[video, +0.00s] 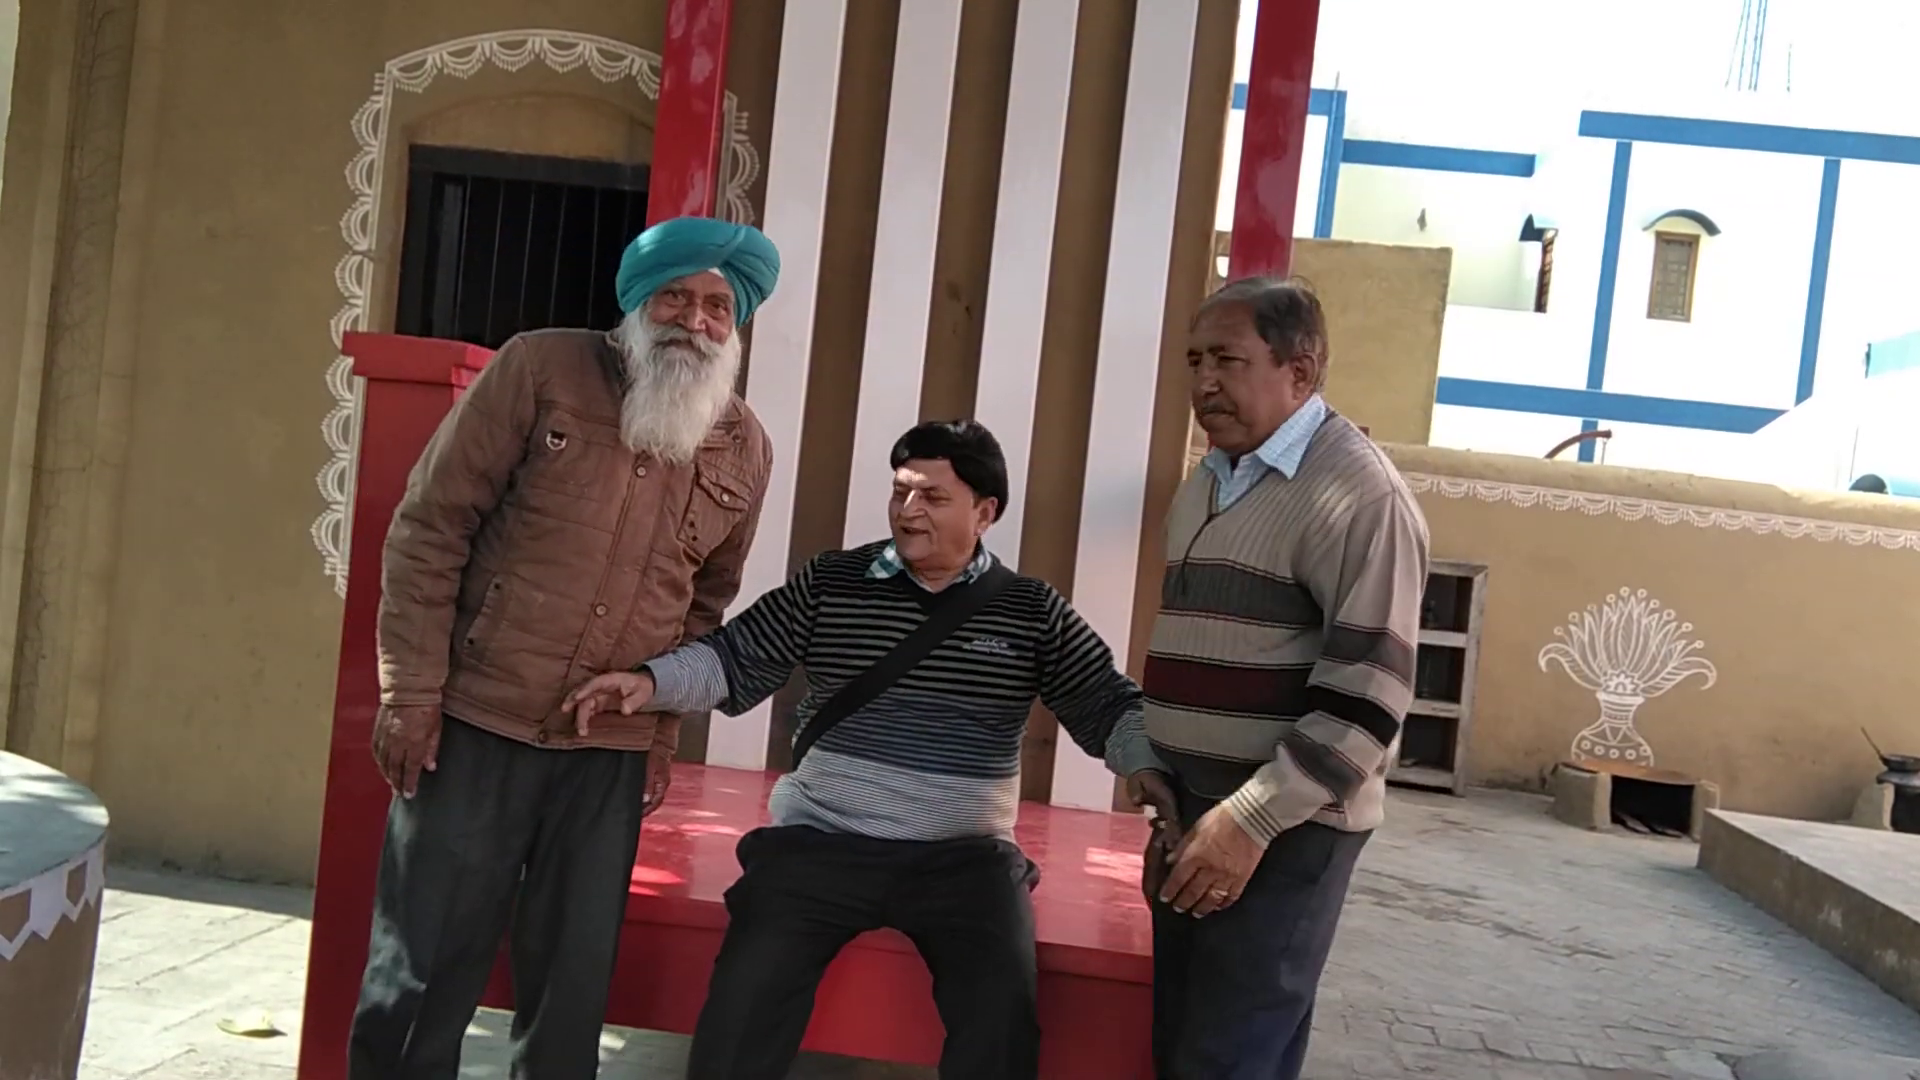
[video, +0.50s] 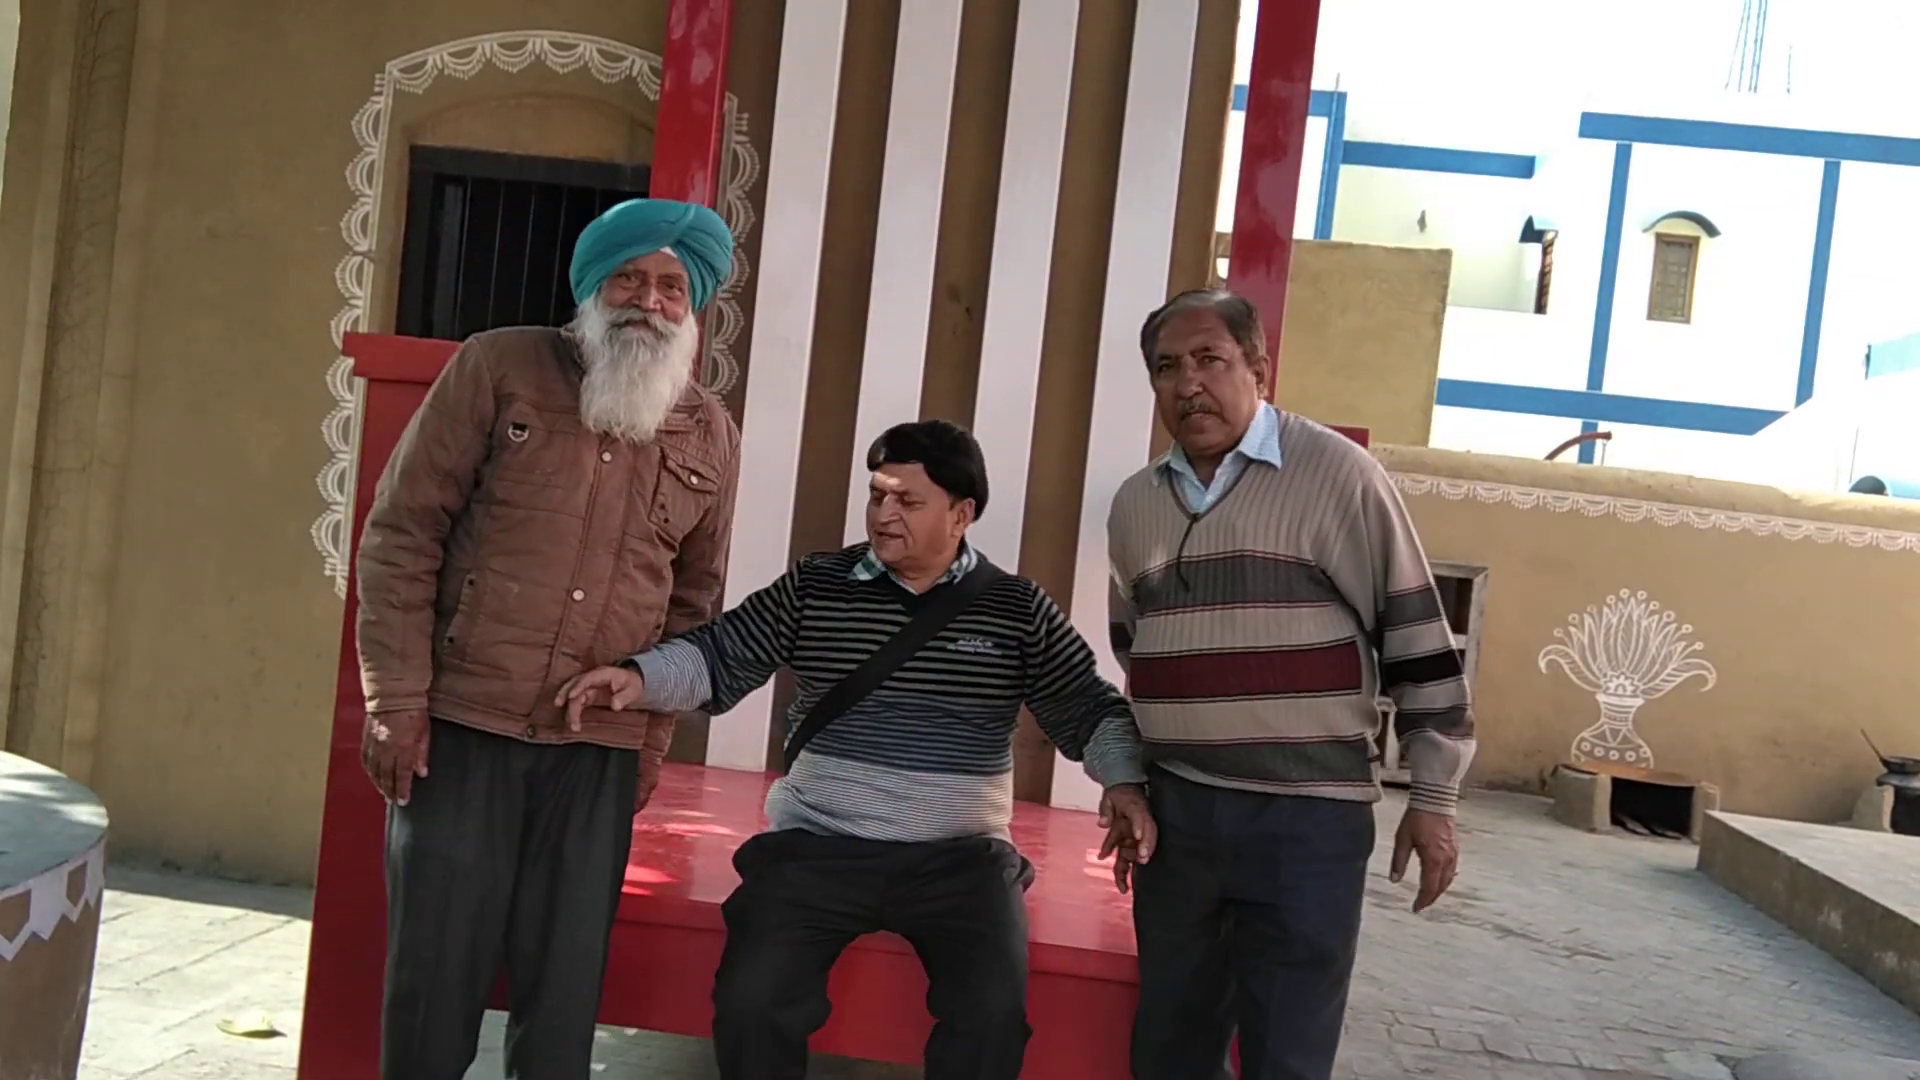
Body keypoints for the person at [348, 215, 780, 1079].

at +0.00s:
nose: (696, 318)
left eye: (720, 304)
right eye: (677, 296)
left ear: (739, 328)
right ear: (635, 303)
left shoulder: (743, 444)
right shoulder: (539, 370)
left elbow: (709, 600)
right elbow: (432, 525)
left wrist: (668, 729)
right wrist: (411, 686)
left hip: (612, 760)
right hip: (476, 737)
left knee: (568, 1016)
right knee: (415, 995)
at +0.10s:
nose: (691, 316)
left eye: (715, 302)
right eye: (674, 293)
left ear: (736, 326)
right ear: (633, 300)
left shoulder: (739, 443)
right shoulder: (537, 368)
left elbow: (706, 598)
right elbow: (431, 525)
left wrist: (661, 727)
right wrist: (413, 690)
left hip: (611, 755)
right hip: (475, 734)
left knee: (569, 1012)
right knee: (424, 994)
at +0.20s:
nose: (681, 313)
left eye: (704, 300)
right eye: (664, 290)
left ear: (725, 322)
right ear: (622, 297)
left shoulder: (731, 446)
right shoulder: (527, 369)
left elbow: (703, 599)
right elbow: (423, 527)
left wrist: (664, 732)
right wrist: (413, 697)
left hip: (610, 757)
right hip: (477, 738)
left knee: (570, 1012)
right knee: (433, 993)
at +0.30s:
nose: (670, 306)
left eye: (692, 294)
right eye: (653, 284)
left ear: (713, 316)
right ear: (611, 291)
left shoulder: (720, 441)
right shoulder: (514, 368)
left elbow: (700, 600)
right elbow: (414, 530)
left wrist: (661, 736)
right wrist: (407, 700)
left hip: (608, 761)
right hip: (473, 743)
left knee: (568, 1020)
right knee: (439, 1006)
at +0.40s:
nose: (660, 302)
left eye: (681, 289)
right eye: (642, 279)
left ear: (703, 310)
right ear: (602, 286)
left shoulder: (713, 433)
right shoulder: (505, 367)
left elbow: (699, 595)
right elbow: (407, 530)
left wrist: (659, 732)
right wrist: (402, 699)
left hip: (604, 757)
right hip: (468, 741)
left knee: (563, 1015)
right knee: (436, 1001)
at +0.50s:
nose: (653, 301)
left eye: (675, 286)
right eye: (635, 278)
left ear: (698, 308)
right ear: (595, 285)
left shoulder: (708, 430)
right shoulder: (497, 367)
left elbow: (697, 594)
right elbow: (401, 532)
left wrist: (655, 731)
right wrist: (397, 700)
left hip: (600, 756)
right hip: (463, 741)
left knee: (562, 1017)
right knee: (432, 1004)